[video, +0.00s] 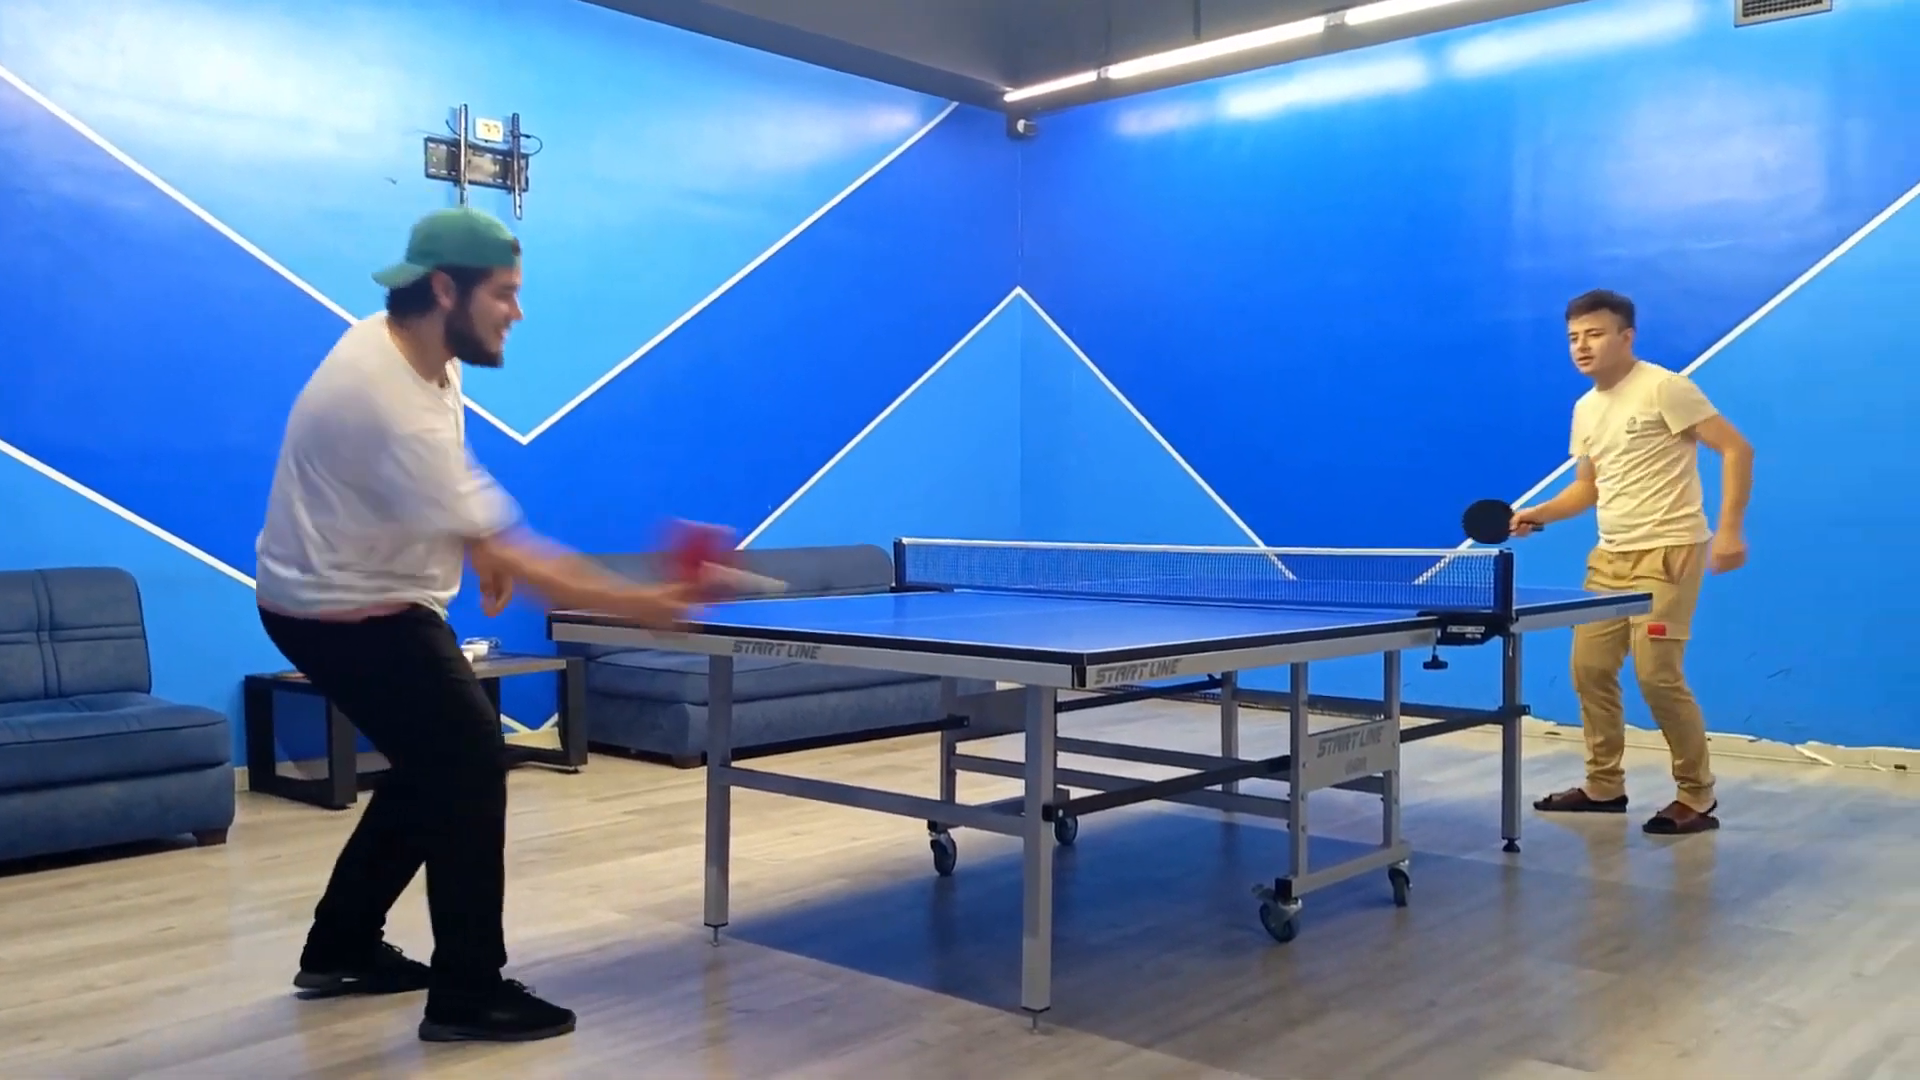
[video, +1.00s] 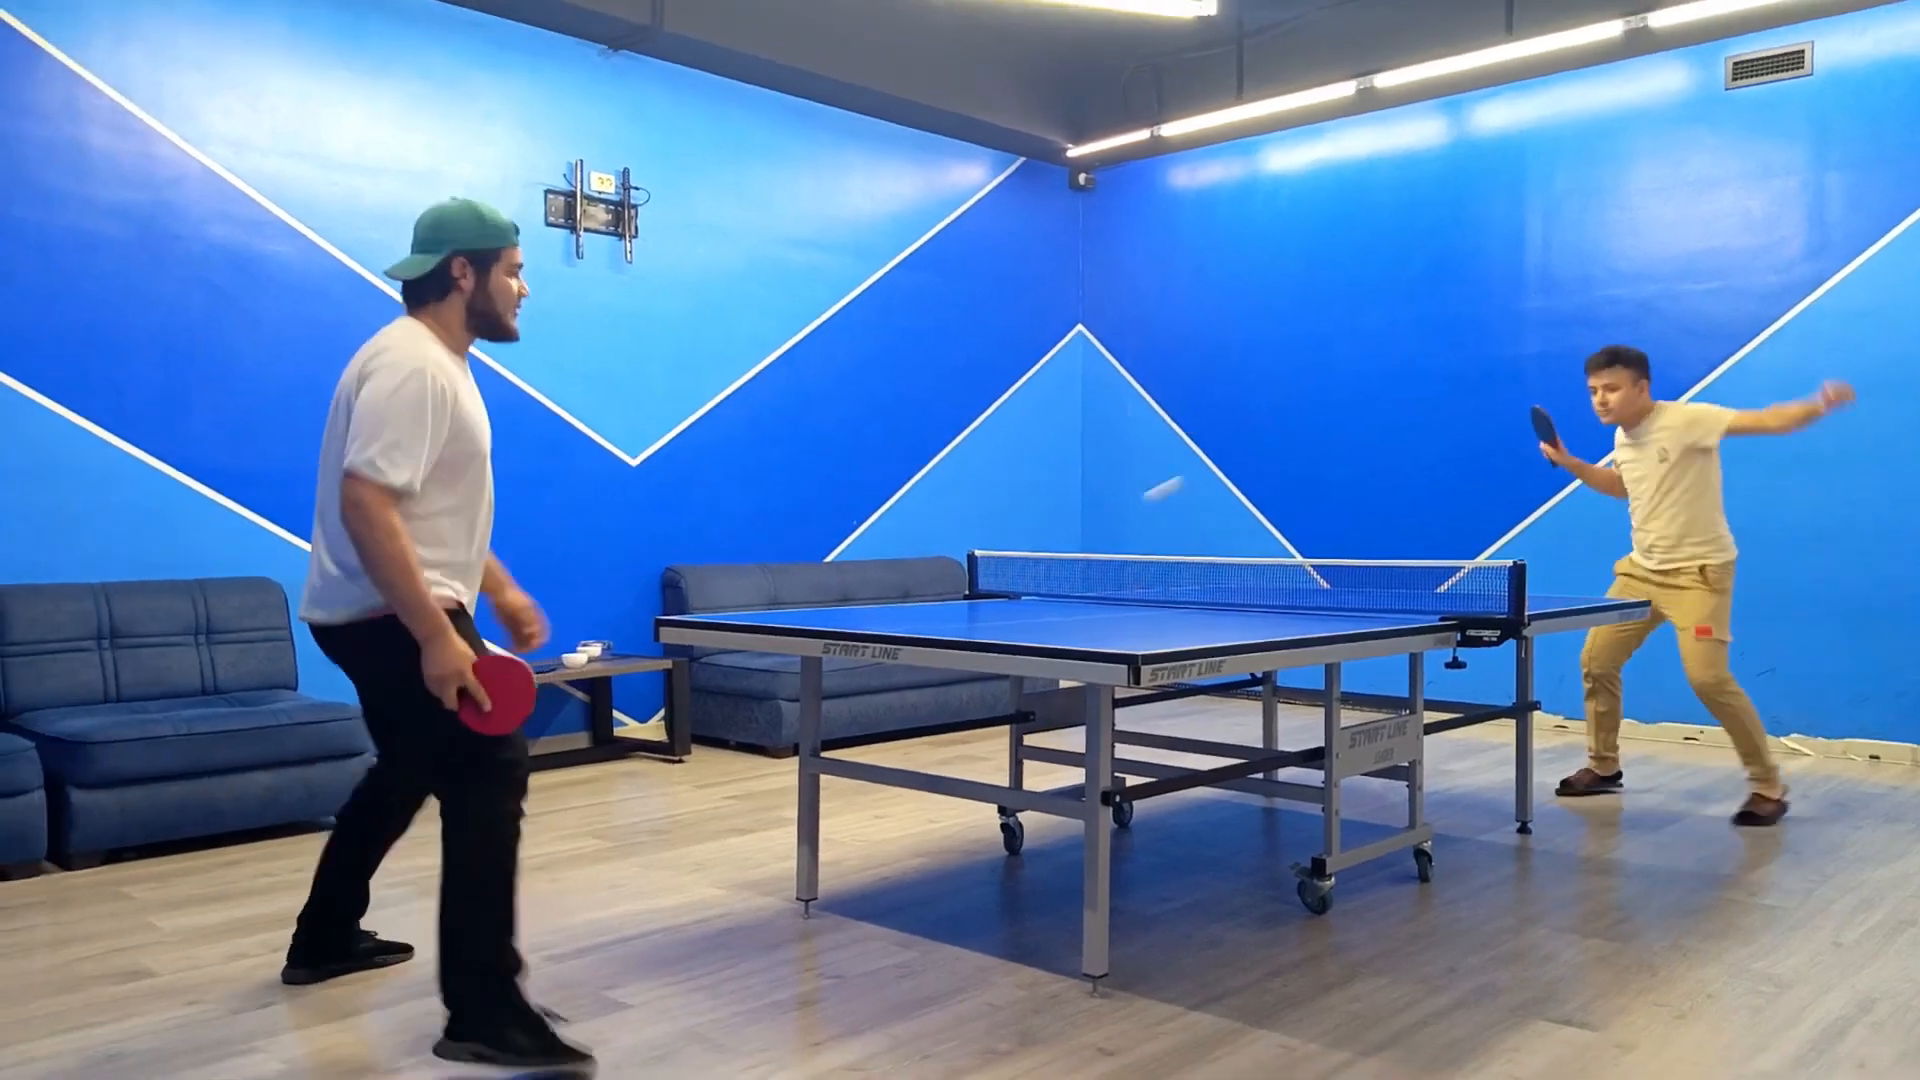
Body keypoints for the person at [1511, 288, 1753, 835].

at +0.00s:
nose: (1581, 346)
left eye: (1593, 335)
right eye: (1574, 337)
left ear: (1626, 338)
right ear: (1570, 343)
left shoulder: (1665, 388)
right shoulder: (1585, 409)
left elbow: (1737, 449)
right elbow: (1588, 487)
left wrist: (1729, 530)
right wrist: (1540, 514)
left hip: (1669, 553)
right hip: (1611, 557)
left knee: (1657, 675)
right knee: (1590, 669)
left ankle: (1696, 798)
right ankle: (1603, 788)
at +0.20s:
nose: (1522, 355)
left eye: (1533, 344)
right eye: (1515, 347)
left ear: (1567, 344)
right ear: (1511, 353)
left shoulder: (1613, 384)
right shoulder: (1525, 416)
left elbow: (1695, 414)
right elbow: (1520, 491)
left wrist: (1683, 483)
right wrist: (1475, 514)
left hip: (1629, 554)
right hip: (1567, 561)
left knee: (1634, 679)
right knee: (1534, 666)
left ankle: (1671, 814)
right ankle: (1558, 788)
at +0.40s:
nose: (1503, 417)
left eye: (1511, 403)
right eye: (1496, 409)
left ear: (1547, 395)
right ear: (1497, 413)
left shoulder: (1597, 431)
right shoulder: (1543, 460)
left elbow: (1656, 497)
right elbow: (1582, 533)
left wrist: (1566, 507)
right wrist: (1535, 575)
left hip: (1643, 582)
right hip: (1587, 589)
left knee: (1627, 685)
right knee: (1515, 678)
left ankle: (1688, 826)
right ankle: (1553, 787)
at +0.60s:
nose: (1507, 471)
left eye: (1513, 458)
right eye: (1504, 461)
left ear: (1549, 450)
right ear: (1544, 455)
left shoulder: (1583, 469)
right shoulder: (1564, 490)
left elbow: (1592, 494)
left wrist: (1510, 496)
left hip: (1649, 625)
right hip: (1602, 622)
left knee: (1592, 724)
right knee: (1509, 683)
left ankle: (1706, 830)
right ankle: (1554, 791)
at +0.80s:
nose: (1549, 432)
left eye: (1556, 419)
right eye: (1546, 423)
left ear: (1592, 414)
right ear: (1576, 423)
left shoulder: (1635, 441)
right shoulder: (1585, 479)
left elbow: (1706, 428)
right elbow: (1558, 534)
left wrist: (1680, 384)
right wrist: (1514, 492)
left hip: (1668, 595)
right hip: (1623, 604)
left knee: (1645, 692)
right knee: (1542, 674)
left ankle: (1723, 819)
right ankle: (1576, 779)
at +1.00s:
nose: (1599, 400)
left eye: (1609, 389)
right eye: (1594, 391)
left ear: (1642, 388)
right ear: (1593, 394)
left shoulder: (1688, 420)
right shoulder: (1623, 441)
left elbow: (1768, 419)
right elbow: (1622, 486)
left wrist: (1817, 406)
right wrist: (1571, 464)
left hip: (1700, 572)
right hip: (1643, 571)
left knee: (1708, 678)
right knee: (1597, 663)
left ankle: (1768, 788)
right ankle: (1604, 768)